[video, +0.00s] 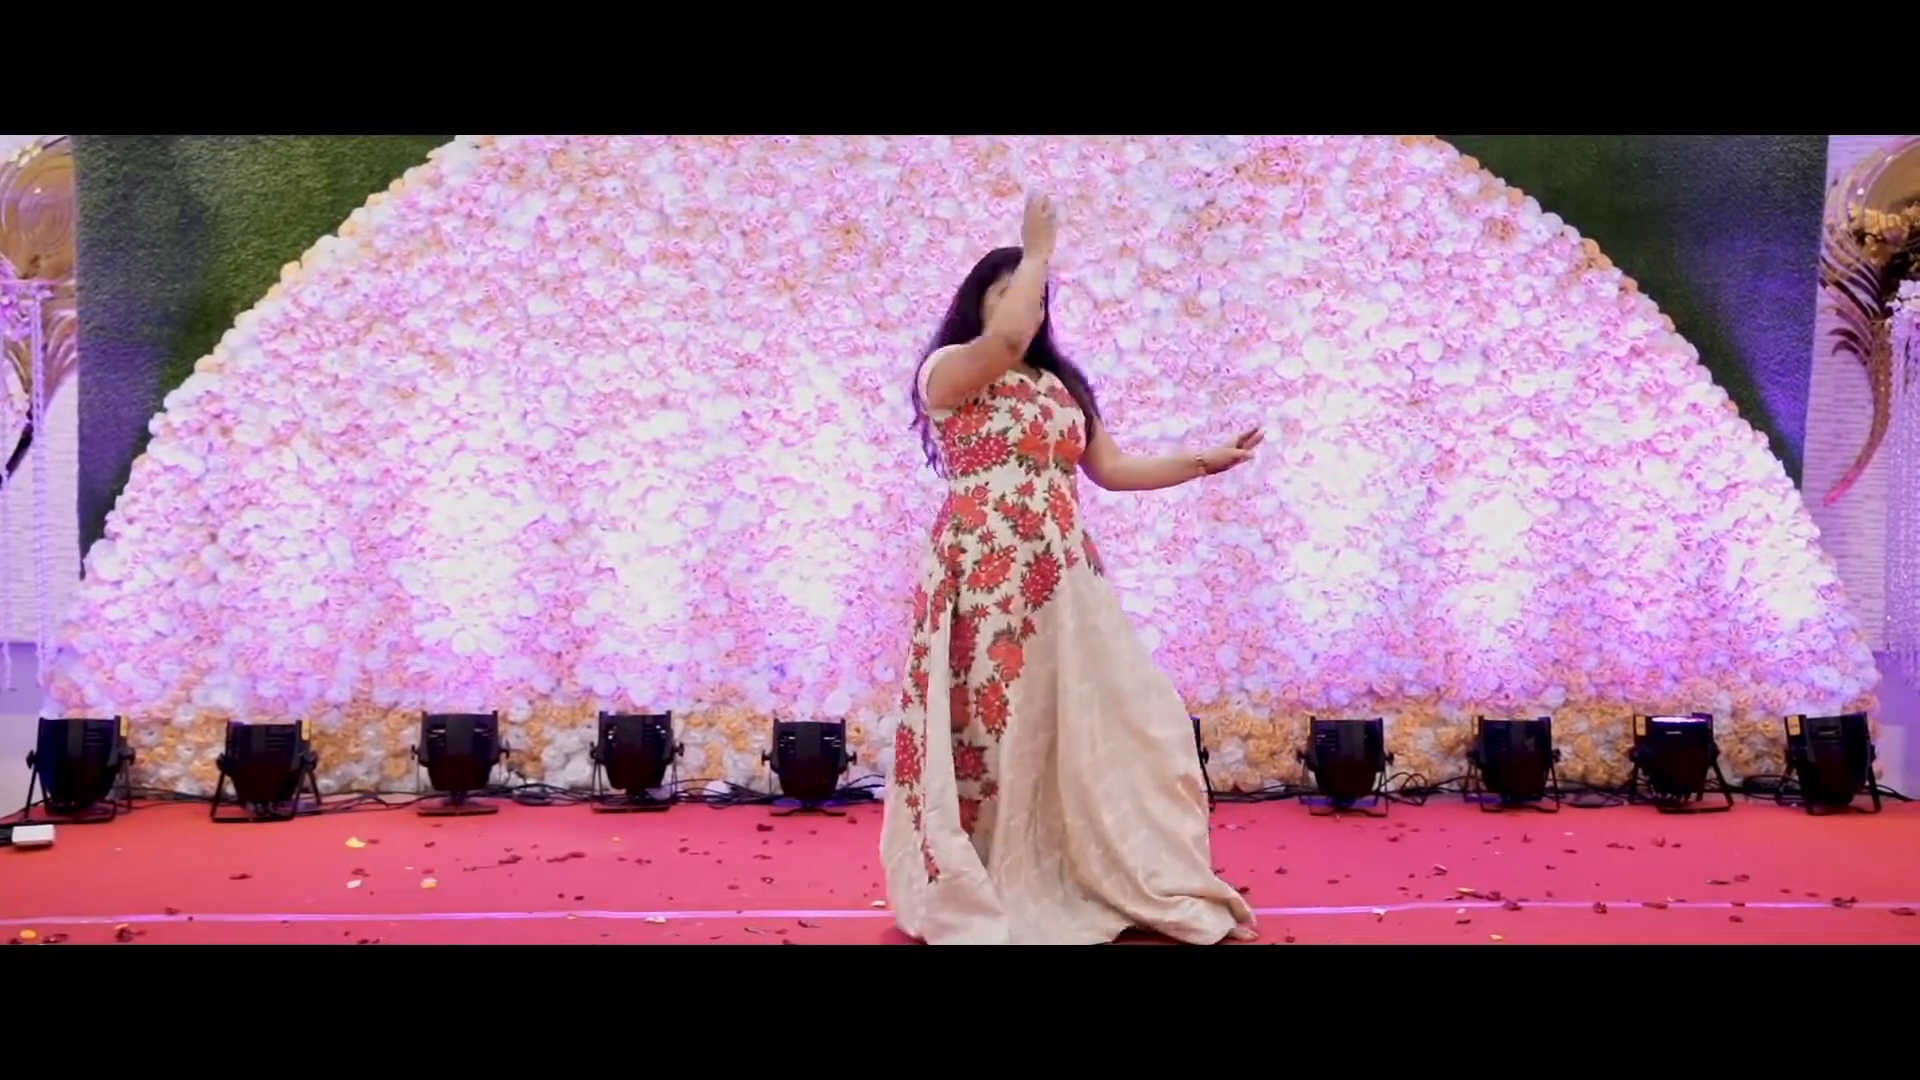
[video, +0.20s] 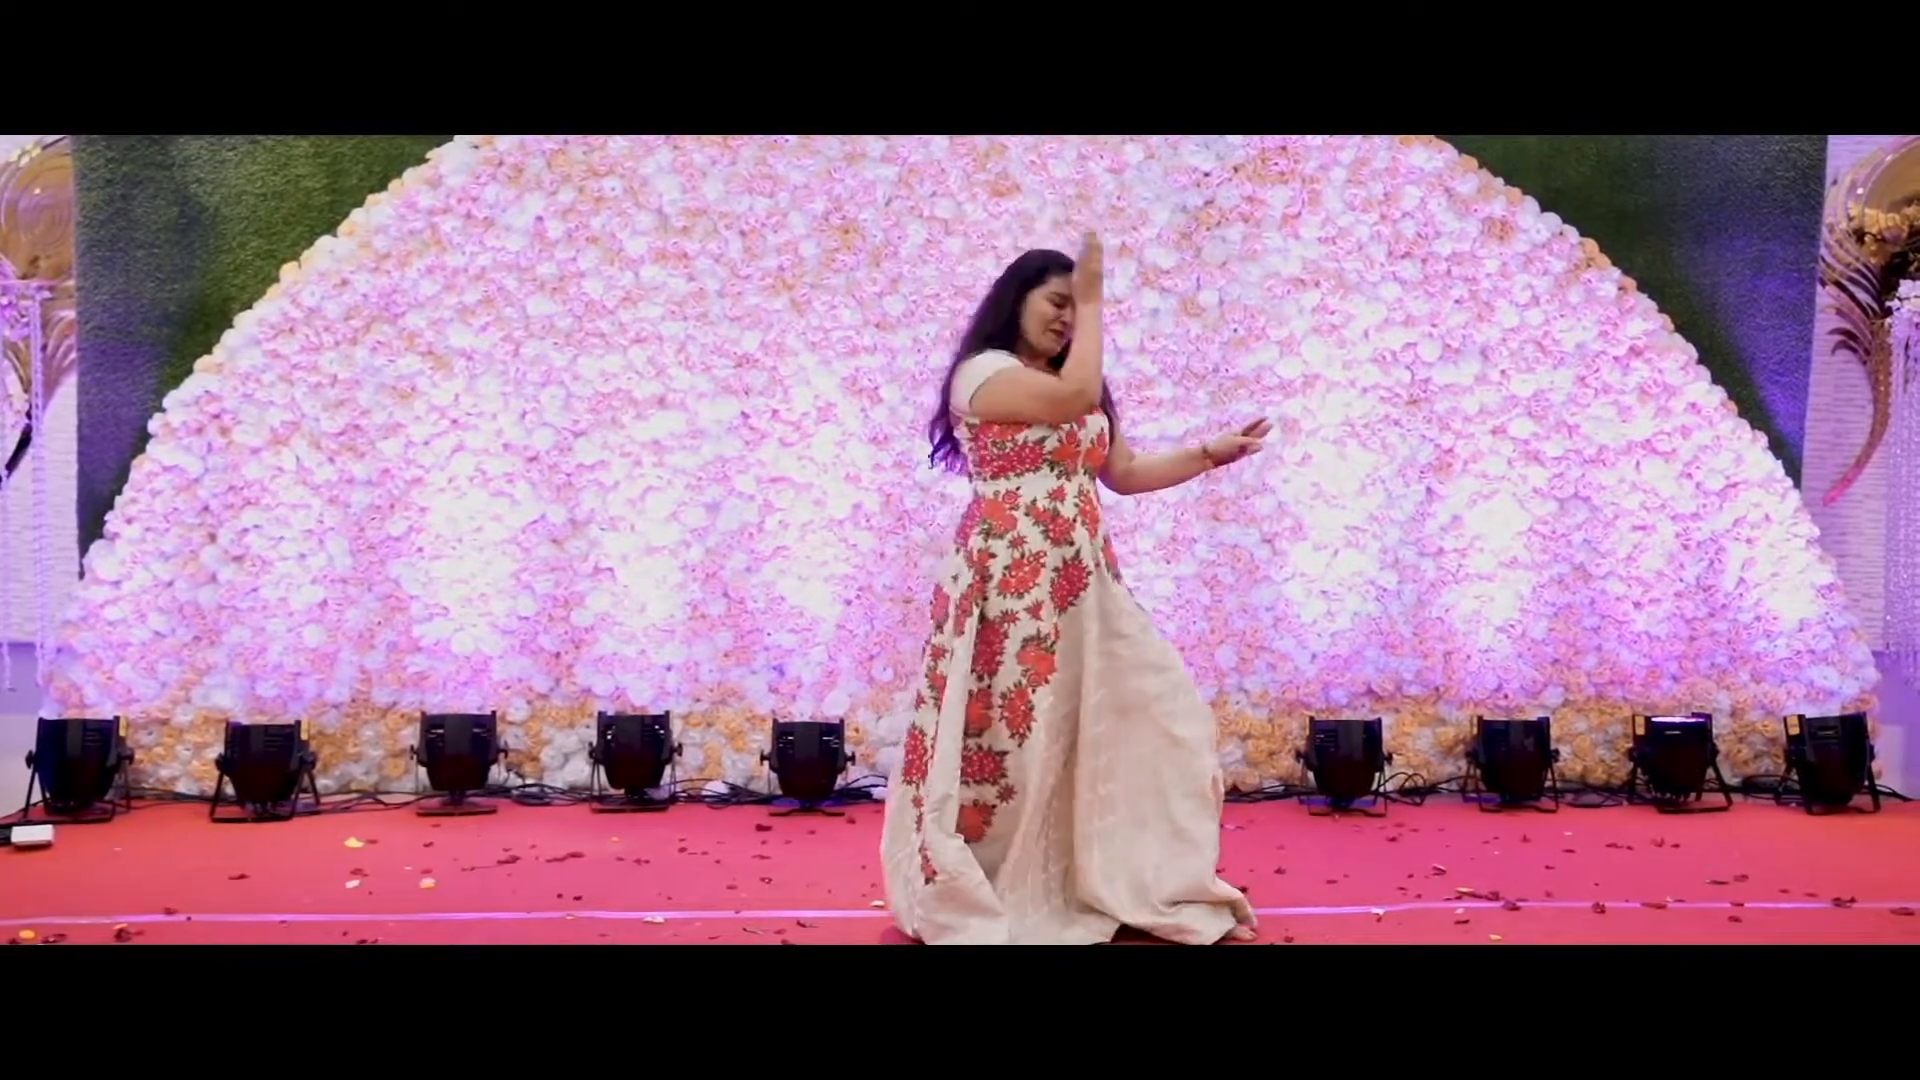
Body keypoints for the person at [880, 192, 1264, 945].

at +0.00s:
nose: (1030, 304)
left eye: (1039, 292)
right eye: (1013, 291)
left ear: (1043, 309)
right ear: (980, 301)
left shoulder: (1061, 388)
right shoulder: (944, 374)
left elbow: (1112, 469)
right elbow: (1010, 336)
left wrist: (1202, 460)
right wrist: (1033, 259)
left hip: (1065, 570)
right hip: (983, 568)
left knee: (1109, 720)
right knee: (989, 726)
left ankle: (1135, 886)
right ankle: (979, 891)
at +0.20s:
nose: (1066, 316)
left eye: (1075, 306)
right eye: (1052, 300)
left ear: (1078, 315)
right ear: (1014, 301)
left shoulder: (1082, 389)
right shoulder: (981, 374)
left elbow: (1125, 474)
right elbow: (1076, 392)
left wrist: (1206, 453)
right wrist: (1091, 297)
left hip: (1086, 580)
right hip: (1011, 579)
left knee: (1174, 719)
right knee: (1010, 734)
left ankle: (1157, 889)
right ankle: (980, 895)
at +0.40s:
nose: (1146, 328)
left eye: (1150, 318)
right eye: (1138, 312)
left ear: (1127, 318)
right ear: (1098, 299)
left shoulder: (1105, 386)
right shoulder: (1042, 353)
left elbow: (1139, 490)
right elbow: (1129, 407)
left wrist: (1215, 453)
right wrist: (1160, 342)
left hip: (1099, 574)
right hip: (1035, 571)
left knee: (1180, 714)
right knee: (1033, 726)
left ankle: (1160, 890)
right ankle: (996, 895)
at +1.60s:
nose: (1124, 395)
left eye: (1131, 386)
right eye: (1123, 382)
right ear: (1093, 353)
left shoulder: (1073, 436)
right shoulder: (1013, 368)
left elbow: (1101, 523)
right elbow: (1071, 314)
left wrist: (1124, 451)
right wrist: (1128, 368)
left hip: (1024, 591)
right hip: (954, 577)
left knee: (1079, 738)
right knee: (966, 739)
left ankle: (1163, 891)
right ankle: (975, 898)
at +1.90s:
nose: (1160, 364)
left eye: (1164, 350)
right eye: (1155, 347)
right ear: (1122, 336)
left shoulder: (1110, 434)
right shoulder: (1037, 365)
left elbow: (1153, 516)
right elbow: (1059, 364)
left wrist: (1204, 433)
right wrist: (1122, 331)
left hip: (1069, 586)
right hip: (996, 574)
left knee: (1129, 729)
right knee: (994, 737)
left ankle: (1183, 880)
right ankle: (994, 892)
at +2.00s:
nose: (1194, 356)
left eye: (1196, 343)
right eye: (1186, 340)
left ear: (1158, 346)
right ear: (1146, 336)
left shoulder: (1144, 437)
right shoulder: (1083, 373)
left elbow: (1158, 537)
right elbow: (1095, 445)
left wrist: (1211, 464)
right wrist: (1149, 388)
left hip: (1090, 597)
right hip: (1027, 585)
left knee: (1137, 736)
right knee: (1022, 741)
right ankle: (1010, 892)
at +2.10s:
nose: (1236, 356)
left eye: (1235, 344)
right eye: (1224, 343)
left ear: (1203, 352)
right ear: (1185, 348)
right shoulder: (1156, 392)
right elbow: (1168, 483)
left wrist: (1248, 505)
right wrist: (1221, 441)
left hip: (1111, 602)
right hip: (1053, 591)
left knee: (1187, 726)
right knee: (1056, 743)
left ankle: (1211, 887)